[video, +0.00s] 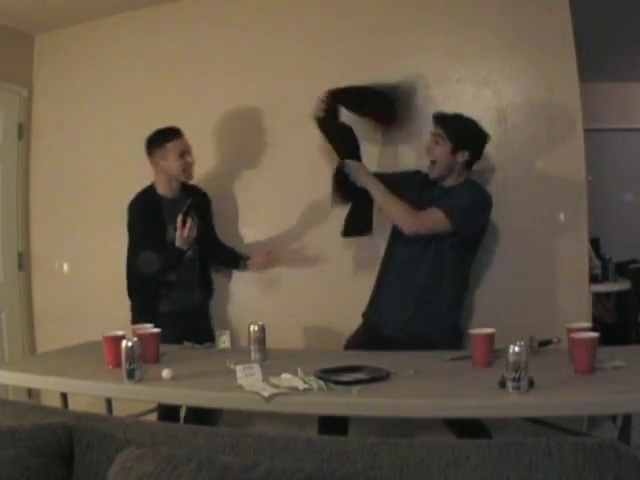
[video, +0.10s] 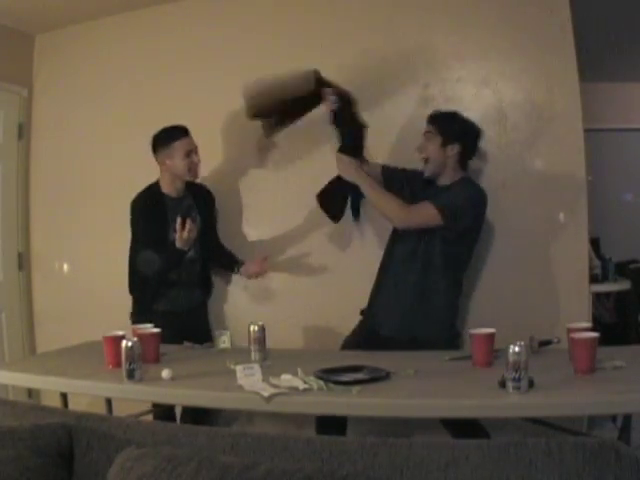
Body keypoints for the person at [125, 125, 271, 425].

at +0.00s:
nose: (189, 159)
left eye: (188, 153)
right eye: (180, 155)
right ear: (157, 164)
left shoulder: (198, 199)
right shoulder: (142, 206)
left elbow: (210, 248)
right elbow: (144, 267)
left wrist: (245, 261)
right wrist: (179, 247)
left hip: (196, 311)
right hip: (158, 316)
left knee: (206, 391)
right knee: (169, 394)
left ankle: (198, 456)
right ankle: (167, 459)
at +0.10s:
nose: (196, 159)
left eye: (195, 152)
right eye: (187, 155)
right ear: (164, 163)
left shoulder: (202, 197)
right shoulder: (145, 204)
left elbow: (210, 246)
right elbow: (145, 268)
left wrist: (240, 267)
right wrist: (179, 248)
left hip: (194, 312)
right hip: (155, 316)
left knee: (201, 393)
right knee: (163, 394)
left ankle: (197, 455)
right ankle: (167, 457)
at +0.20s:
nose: (188, 154)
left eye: (187, 147)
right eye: (179, 150)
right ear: (156, 159)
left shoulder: (200, 196)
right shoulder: (141, 206)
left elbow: (215, 245)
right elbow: (146, 273)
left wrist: (247, 256)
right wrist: (175, 245)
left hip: (198, 311)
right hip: (158, 315)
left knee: (208, 390)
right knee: (161, 393)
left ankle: (193, 450)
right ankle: (165, 453)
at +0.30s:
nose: (174, 151)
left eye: (172, 144)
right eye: (165, 147)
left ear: (174, 147)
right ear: (143, 160)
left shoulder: (196, 195)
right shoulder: (135, 211)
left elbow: (216, 242)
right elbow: (147, 270)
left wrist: (251, 248)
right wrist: (168, 245)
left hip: (206, 311)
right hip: (164, 318)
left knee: (217, 392)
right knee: (168, 395)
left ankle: (198, 451)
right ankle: (168, 456)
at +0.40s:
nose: (164, 147)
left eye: (162, 141)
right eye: (154, 144)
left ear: (166, 147)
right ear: (134, 159)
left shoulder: (193, 191)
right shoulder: (132, 212)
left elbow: (216, 236)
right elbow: (151, 269)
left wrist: (252, 241)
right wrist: (164, 239)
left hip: (213, 308)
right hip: (172, 317)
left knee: (229, 387)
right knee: (172, 395)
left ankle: (208, 450)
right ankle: (169, 456)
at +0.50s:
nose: (160, 148)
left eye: (159, 142)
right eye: (149, 145)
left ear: (165, 149)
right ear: (133, 162)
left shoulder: (196, 188)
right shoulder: (134, 213)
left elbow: (224, 229)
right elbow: (154, 268)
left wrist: (257, 227)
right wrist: (161, 233)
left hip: (219, 301)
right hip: (176, 311)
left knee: (237, 379)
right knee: (173, 387)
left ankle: (238, 451)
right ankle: (170, 456)